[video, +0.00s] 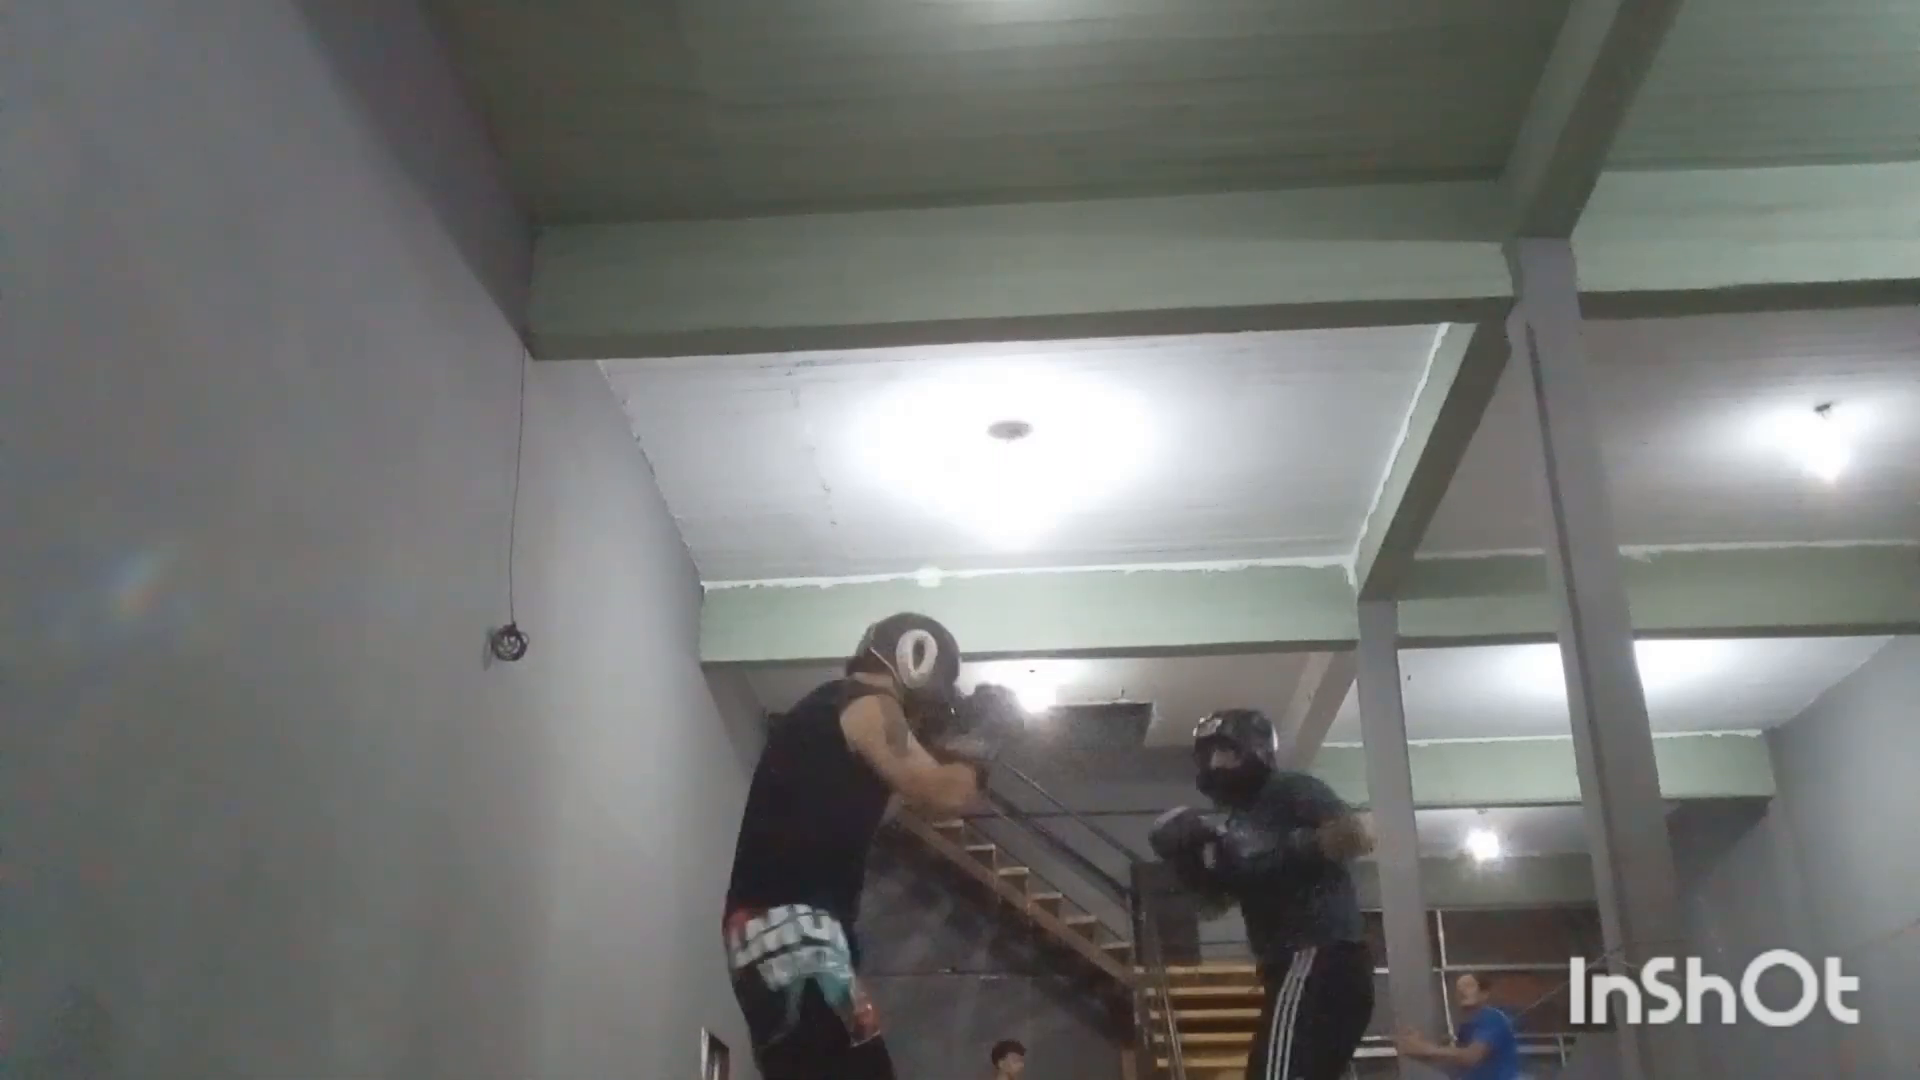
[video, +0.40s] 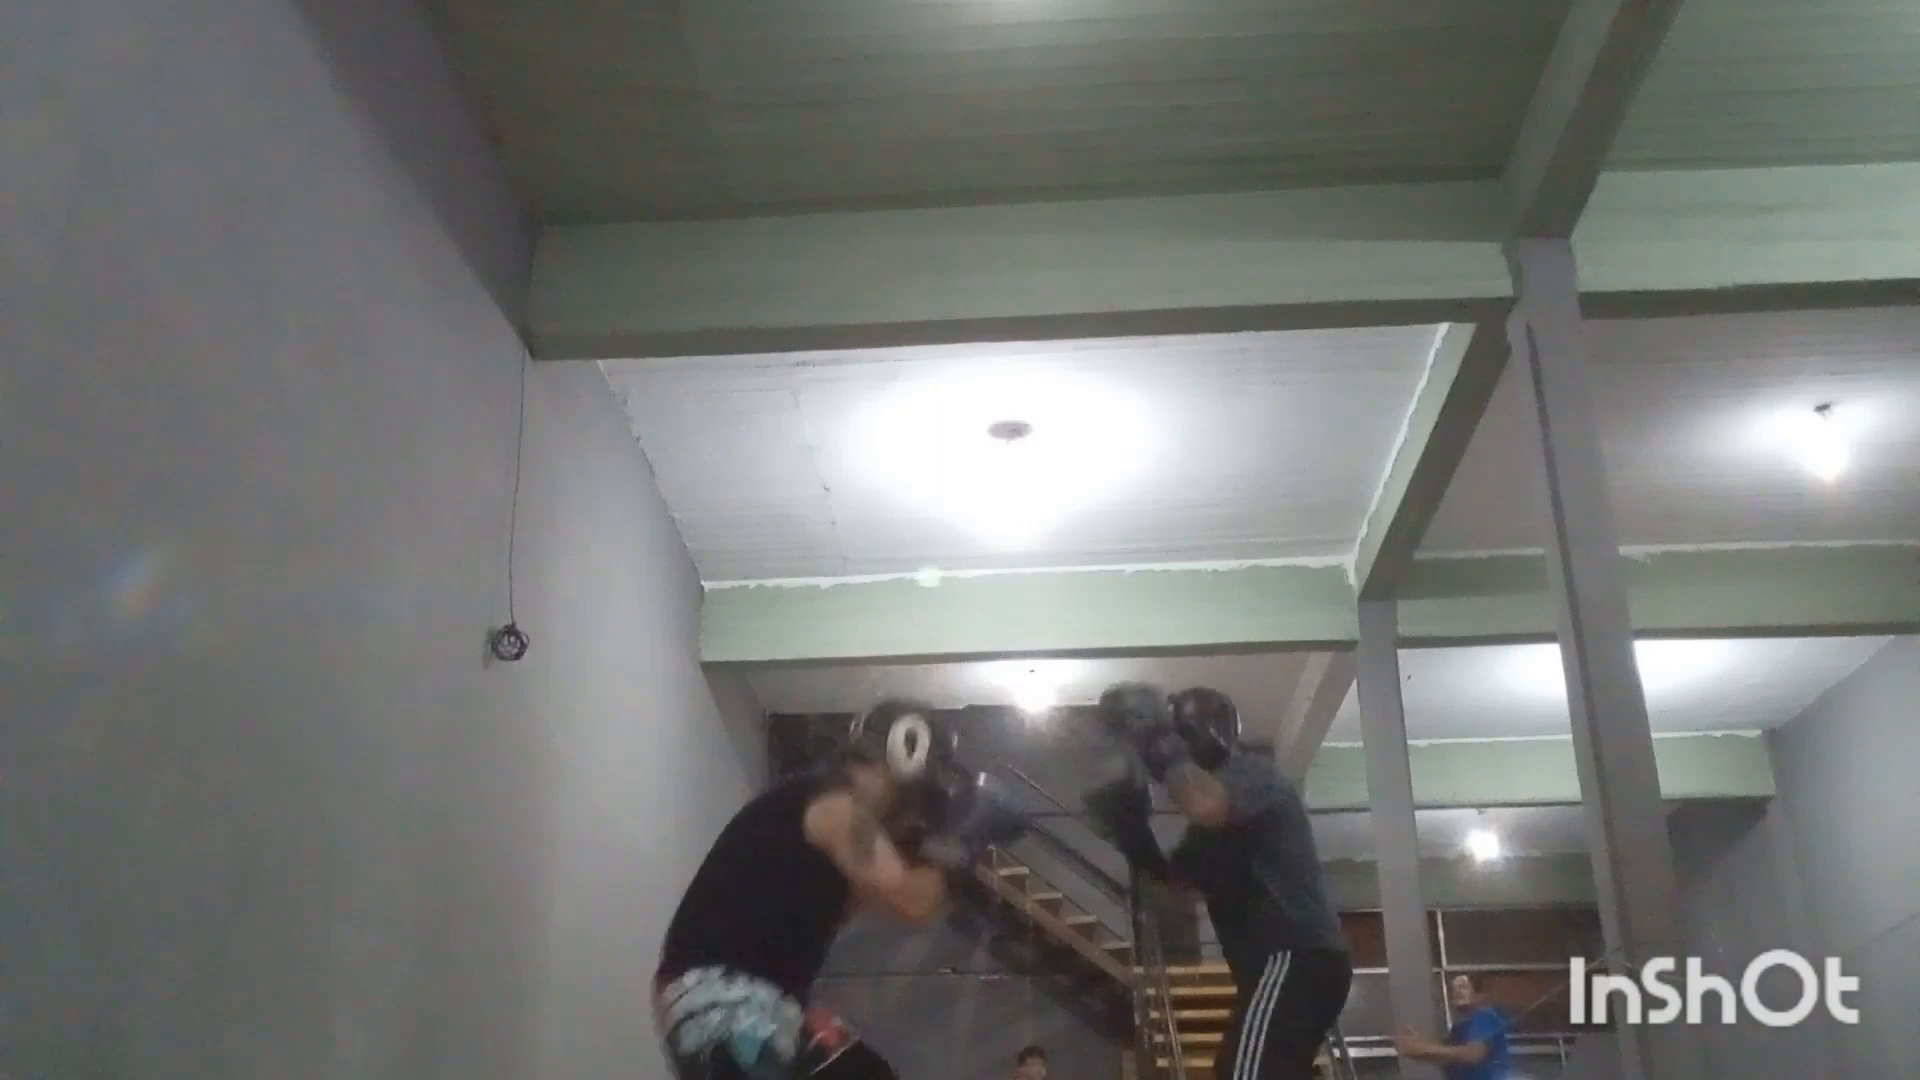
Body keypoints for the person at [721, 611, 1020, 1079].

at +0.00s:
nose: (933, 711)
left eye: (940, 701)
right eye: (936, 695)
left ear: (874, 656)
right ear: (918, 666)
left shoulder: (827, 703)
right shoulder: (869, 704)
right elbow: (943, 792)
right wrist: (970, 762)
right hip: (793, 927)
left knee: (809, 1067)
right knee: (853, 1067)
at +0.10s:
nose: (940, 711)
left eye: (945, 702)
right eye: (942, 697)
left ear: (870, 664)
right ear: (923, 675)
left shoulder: (816, 718)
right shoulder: (865, 715)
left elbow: (876, 825)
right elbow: (940, 810)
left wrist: (935, 763)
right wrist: (968, 758)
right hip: (786, 941)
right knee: (860, 1068)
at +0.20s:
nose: (937, 714)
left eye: (941, 704)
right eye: (939, 701)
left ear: (869, 675)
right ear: (919, 682)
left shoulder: (821, 727)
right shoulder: (864, 730)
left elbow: (876, 841)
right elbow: (930, 827)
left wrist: (932, 769)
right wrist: (965, 788)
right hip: (773, 947)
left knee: (866, 1066)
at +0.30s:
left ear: (878, 711)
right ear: (916, 718)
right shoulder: (848, 767)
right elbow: (922, 870)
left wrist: (964, 802)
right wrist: (966, 815)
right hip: (743, 968)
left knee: (873, 1068)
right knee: (766, 1069)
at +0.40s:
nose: (932, 780)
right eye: (932, 766)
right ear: (906, 749)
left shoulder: (835, 801)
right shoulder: (836, 805)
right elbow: (915, 902)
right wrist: (961, 839)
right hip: (726, 1001)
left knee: (870, 1069)